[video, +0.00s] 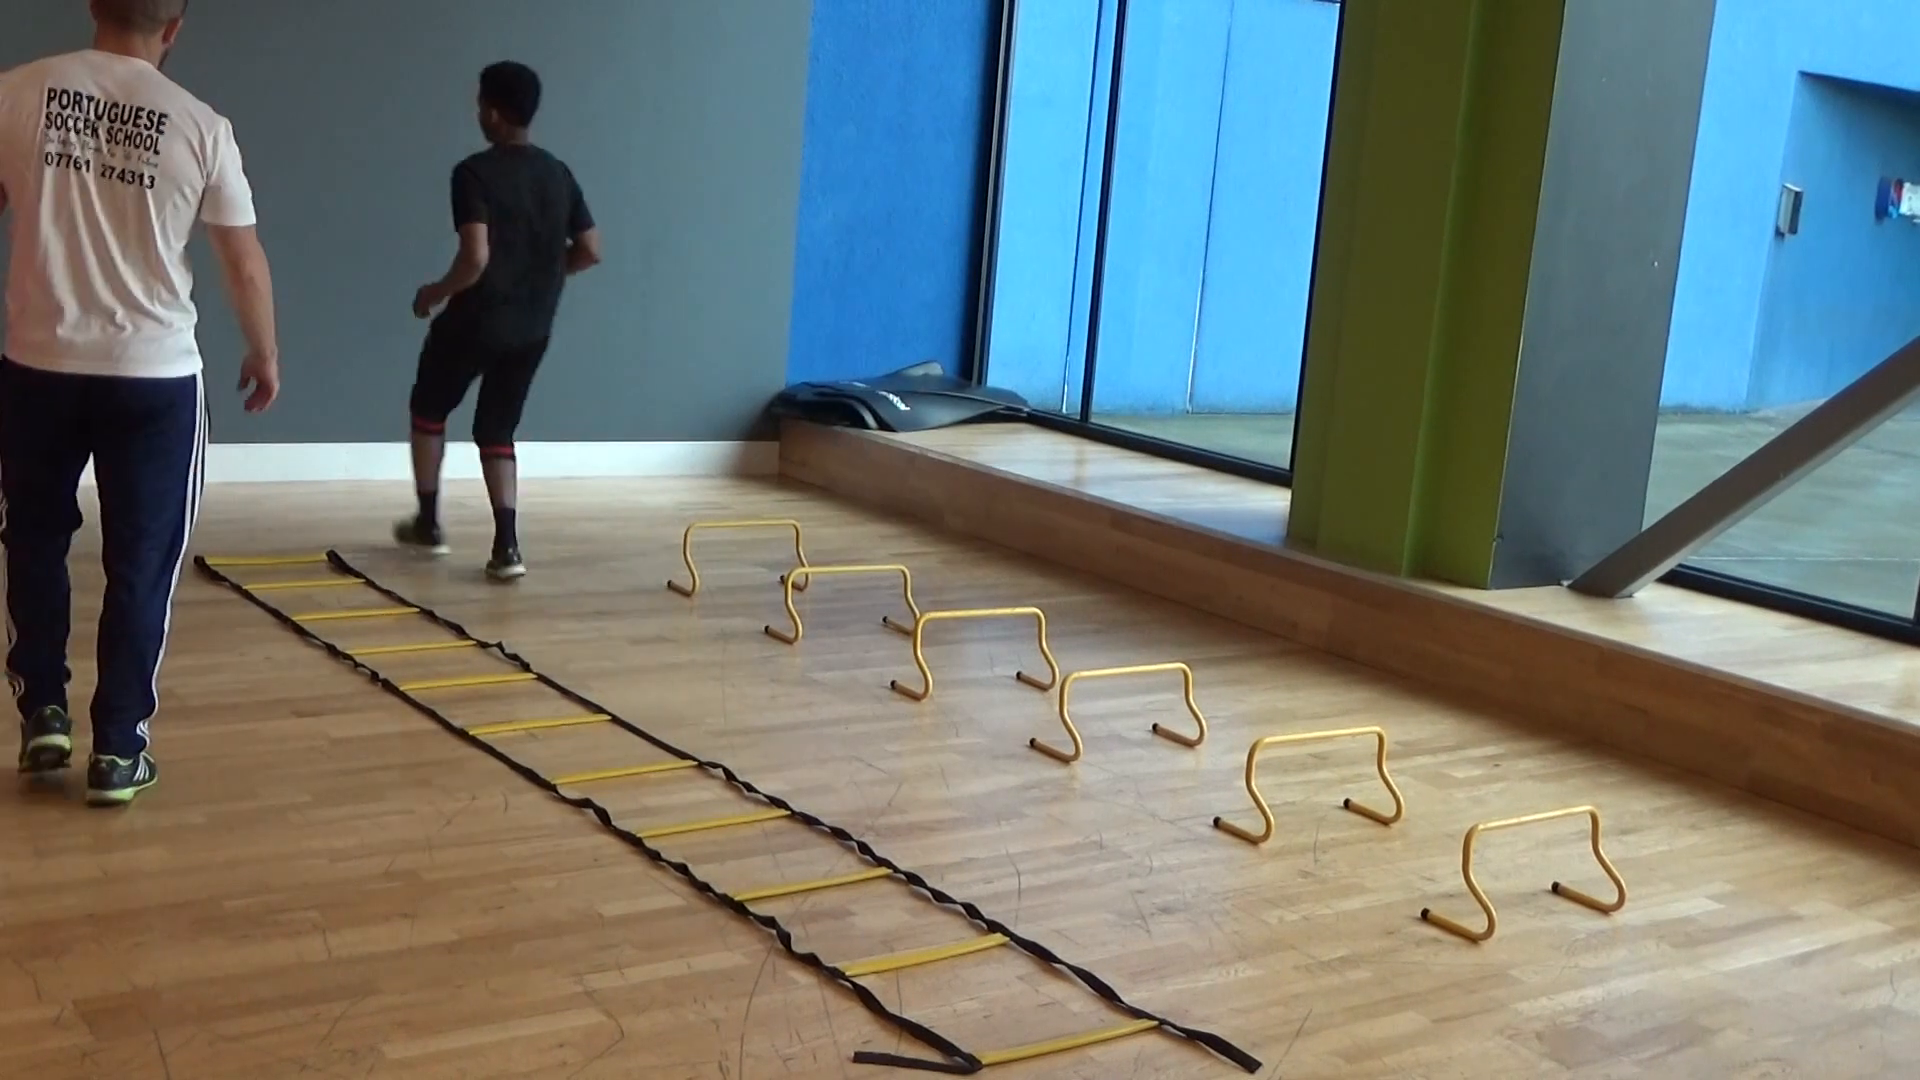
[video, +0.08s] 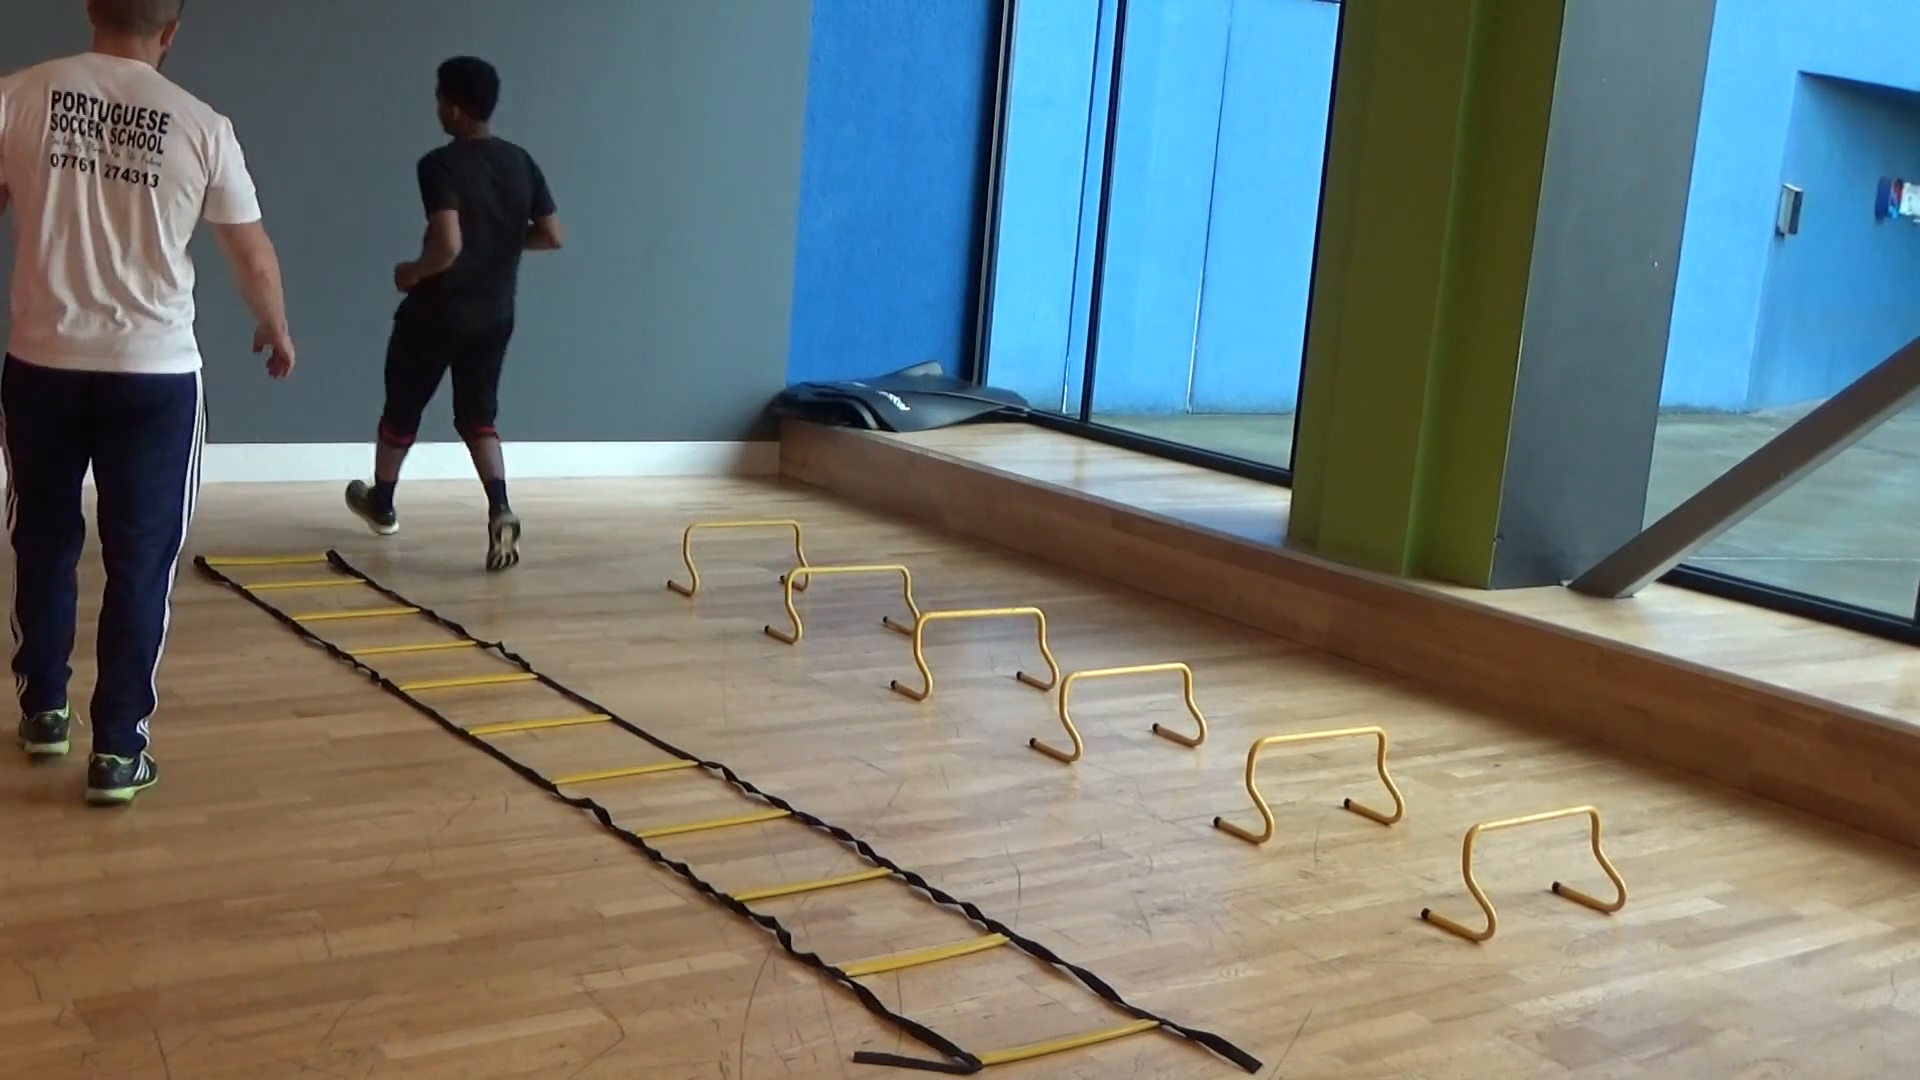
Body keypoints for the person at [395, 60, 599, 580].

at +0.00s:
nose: (478, 112)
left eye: (481, 104)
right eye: (482, 103)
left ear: (492, 111)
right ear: (530, 112)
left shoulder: (475, 172)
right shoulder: (557, 173)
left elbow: (475, 259)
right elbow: (589, 252)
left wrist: (438, 291)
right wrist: (543, 268)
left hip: (473, 324)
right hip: (530, 331)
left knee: (428, 409)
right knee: (496, 432)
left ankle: (427, 521)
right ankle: (507, 548)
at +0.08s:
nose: (437, 106)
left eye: (440, 97)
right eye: (439, 97)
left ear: (453, 105)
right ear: (489, 105)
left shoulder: (440, 164)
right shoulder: (519, 161)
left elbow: (447, 245)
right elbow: (551, 237)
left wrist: (415, 271)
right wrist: (499, 237)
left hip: (437, 312)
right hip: (493, 316)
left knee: (402, 407)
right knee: (477, 414)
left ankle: (380, 502)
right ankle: (501, 510)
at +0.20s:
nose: (385, 119)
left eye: (388, 112)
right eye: (385, 111)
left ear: (402, 118)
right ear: (437, 115)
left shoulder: (386, 173)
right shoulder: (467, 169)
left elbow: (385, 262)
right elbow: (491, 246)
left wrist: (356, 275)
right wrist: (451, 256)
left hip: (384, 312)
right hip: (440, 313)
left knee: (360, 398)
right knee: (433, 400)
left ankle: (371, 506)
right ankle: (463, 478)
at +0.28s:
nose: (357, 111)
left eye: (359, 104)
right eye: (356, 103)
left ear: (374, 107)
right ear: (408, 103)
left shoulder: (358, 162)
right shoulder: (442, 156)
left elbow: (350, 248)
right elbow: (466, 231)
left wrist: (326, 258)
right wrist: (425, 247)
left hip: (364, 300)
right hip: (416, 301)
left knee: (341, 384)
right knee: (388, 374)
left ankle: (366, 497)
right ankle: (415, 480)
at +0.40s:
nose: (319, 92)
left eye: (323, 84)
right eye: (320, 84)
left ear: (340, 87)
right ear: (371, 85)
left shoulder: (329, 141)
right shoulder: (407, 133)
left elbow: (321, 223)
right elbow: (446, 197)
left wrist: (310, 198)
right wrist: (403, 209)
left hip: (332, 281)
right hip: (385, 283)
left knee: (309, 379)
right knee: (348, 376)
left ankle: (357, 483)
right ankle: (326, 472)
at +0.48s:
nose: (299, 95)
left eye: (305, 86)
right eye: (301, 85)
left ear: (327, 92)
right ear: (349, 92)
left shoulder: (314, 147)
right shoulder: (383, 138)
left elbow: (311, 229)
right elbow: (423, 196)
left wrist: (289, 190)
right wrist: (373, 205)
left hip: (313, 286)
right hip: (360, 286)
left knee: (294, 392)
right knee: (320, 380)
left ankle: (355, 478)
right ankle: (298, 475)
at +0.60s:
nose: (274, 95)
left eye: (281, 87)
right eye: (276, 86)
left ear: (308, 93)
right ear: (319, 95)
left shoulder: (298, 148)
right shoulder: (342, 142)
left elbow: (309, 228)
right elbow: (361, 208)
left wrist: (260, 240)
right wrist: (309, 216)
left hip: (299, 281)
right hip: (334, 279)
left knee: (258, 384)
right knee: (283, 373)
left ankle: (336, 463)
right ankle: (292, 473)